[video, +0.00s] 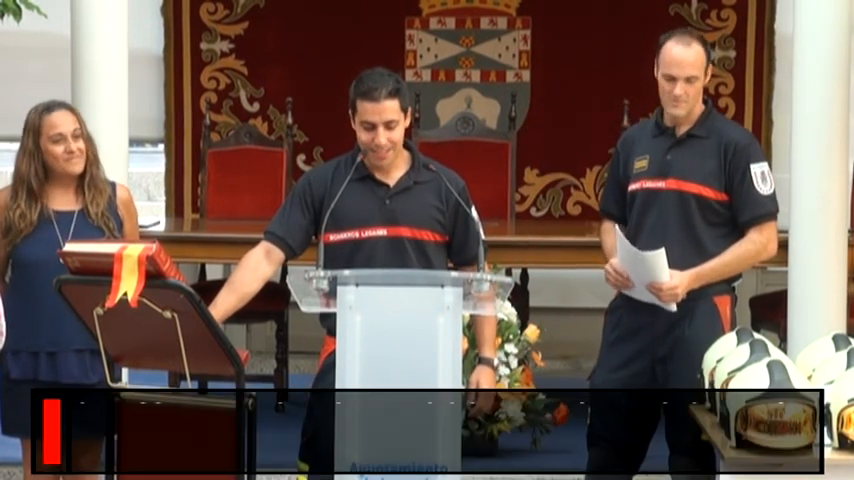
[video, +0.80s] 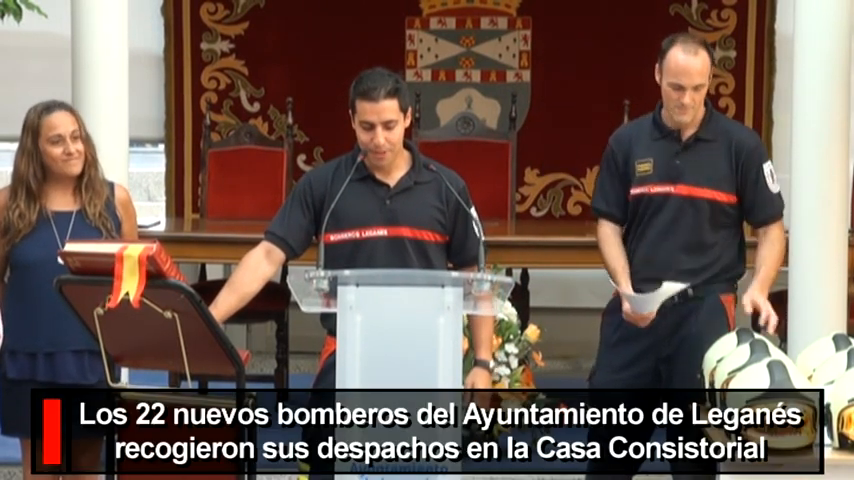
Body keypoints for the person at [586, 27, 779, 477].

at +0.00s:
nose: (679, 91)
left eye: (690, 80)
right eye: (670, 79)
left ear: (706, 79)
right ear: (656, 76)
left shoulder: (737, 145)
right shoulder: (632, 141)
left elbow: (764, 242)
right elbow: (611, 218)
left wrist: (691, 280)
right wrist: (615, 259)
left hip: (699, 335)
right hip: (630, 330)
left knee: (693, 467)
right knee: (607, 465)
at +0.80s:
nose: (687, 99)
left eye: (696, 88)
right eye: (677, 87)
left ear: (709, 83)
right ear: (659, 80)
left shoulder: (741, 145)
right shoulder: (627, 142)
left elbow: (772, 229)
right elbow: (608, 223)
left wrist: (758, 287)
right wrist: (625, 287)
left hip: (706, 315)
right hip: (634, 311)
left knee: (696, 448)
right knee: (609, 442)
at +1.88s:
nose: (633, 116)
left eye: (643, 104)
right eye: (625, 105)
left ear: (669, 93)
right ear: (616, 98)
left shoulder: (715, 147)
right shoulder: (599, 154)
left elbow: (758, 222)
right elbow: (581, 232)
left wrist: (709, 259)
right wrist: (595, 295)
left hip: (693, 320)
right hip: (618, 320)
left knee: (691, 451)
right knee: (599, 450)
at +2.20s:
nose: (596, 90)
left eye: (607, 78)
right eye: (594, 79)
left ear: (642, 77)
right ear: (596, 80)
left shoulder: (688, 142)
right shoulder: (590, 142)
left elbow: (720, 238)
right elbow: (579, 228)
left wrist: (640, 263)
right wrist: (556, 258)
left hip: (661, 314)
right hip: (596, 312)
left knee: (669, 456)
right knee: (560, 450)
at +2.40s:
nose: (565, 80)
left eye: (576, 71)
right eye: (565, 70)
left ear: (612, 73)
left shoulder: (646, 140)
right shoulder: (570, 140)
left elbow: (660, 242)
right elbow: (563, 218)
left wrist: (576, 264)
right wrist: (527, 240)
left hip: (621, 312)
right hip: (564, 311)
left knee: (639, 451)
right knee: (542, 446)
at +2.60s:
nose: (532, 74)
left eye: (543, 65)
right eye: (533, 64)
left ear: (579, 70)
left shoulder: (600, 135)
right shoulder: (546, 134)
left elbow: (603, 241)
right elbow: (532, 214)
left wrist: (521, 261)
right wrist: (484, 236)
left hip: (574, 303)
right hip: (530, 301)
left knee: (587, 442)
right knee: (521, 438)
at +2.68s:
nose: (521, 73)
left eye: (532, 64)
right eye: (522, 63)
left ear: (567, 69)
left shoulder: (585, 134)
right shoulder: (544, 132)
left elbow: (584, 240)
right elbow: (526, 213)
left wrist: (500, 259)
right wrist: (465, 232)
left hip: (559, 295)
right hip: (524, 290)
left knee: (553, 430)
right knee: (514, 424)